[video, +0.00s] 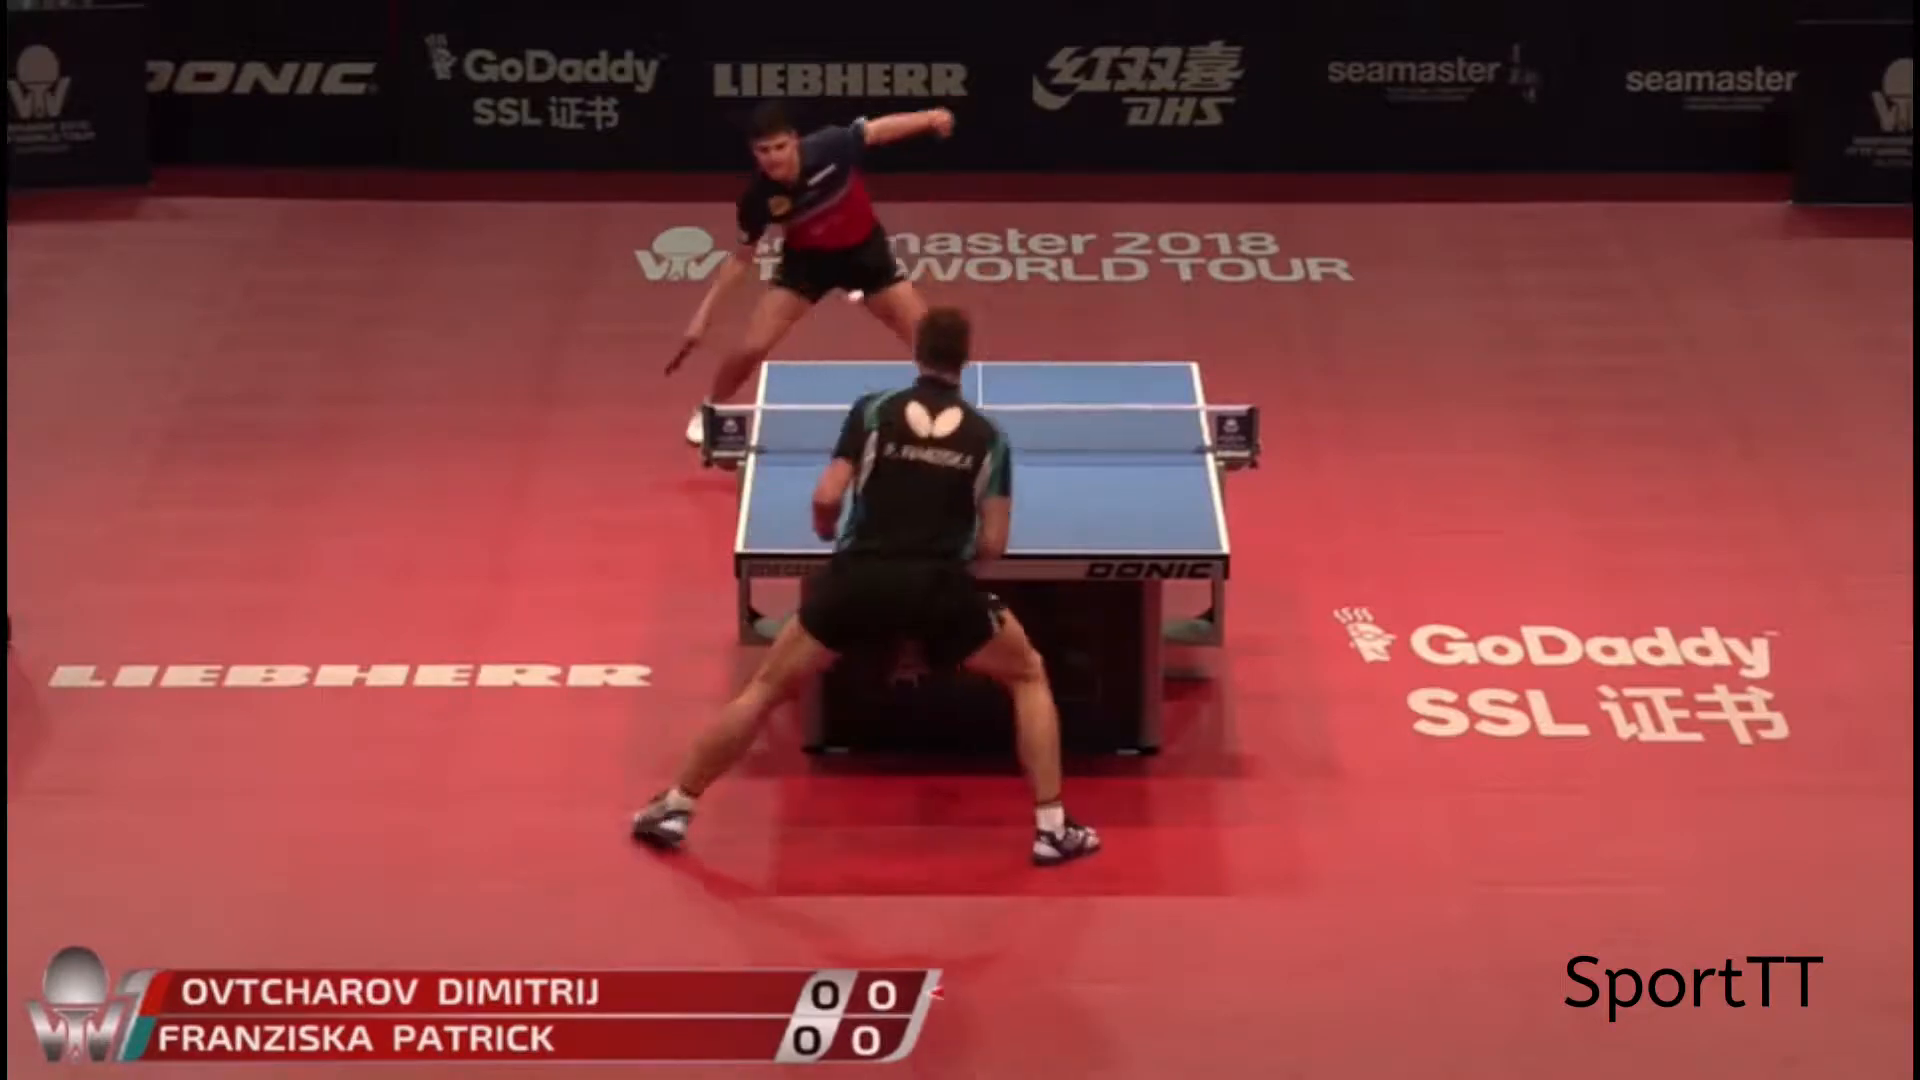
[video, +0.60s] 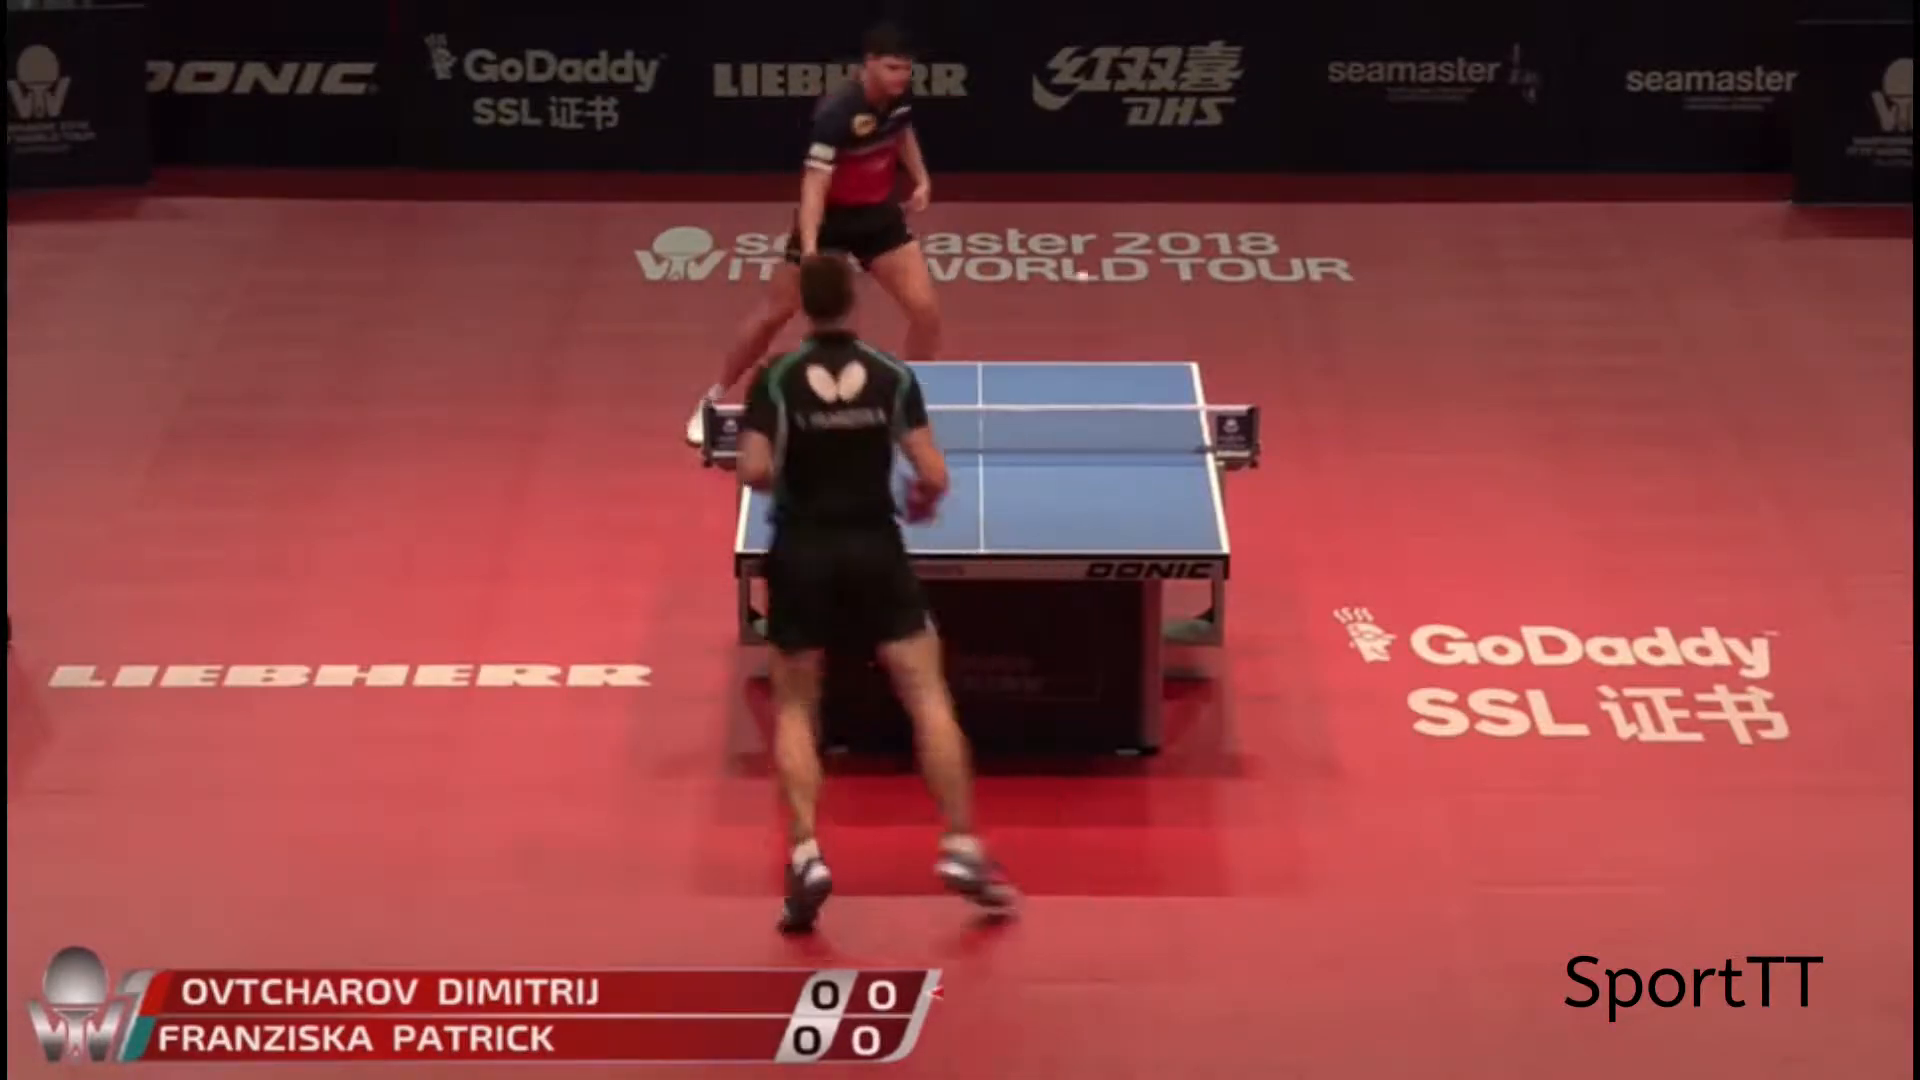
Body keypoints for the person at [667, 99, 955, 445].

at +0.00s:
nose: (773, 158)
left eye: (780, 147)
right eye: (764, 151)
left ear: (796, 140)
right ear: (754, 153)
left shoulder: (832, 146)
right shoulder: (759, 198)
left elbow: (876, 131)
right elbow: (740, 260)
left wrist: (930, 119)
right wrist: (699, 323)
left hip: (865, 254)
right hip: (805, 264)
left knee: (926, 334)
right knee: (753, 348)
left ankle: (951, 413)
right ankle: (710, 408)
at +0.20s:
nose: (765, 145)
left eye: (772, 135)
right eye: (756, 137)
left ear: (782, 128)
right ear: (740, 135)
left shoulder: (815, 133)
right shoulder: (732, 176)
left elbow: (853, 150)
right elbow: (718, 247)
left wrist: (890, 183)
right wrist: (706, 320)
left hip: (839, 232)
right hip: (779, 246)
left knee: (897, 312)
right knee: (744, 334)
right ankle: (707, 408)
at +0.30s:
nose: (780, 127)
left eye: (787, 118)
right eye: (771, 119)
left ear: (797, 111)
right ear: (755, 117)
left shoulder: (819, 118)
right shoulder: (741, 158)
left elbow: (848, 138)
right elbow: (714, 227)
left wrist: (881, 178)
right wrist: (727, 293)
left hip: (838, 223)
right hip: (779, 237)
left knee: (898, 295)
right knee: (745, 325)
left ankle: (909, 392)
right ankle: (708, 407)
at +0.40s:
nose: (820, 106)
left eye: (826, 97)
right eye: (812, 97)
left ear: (835, 93)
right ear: (791, 94)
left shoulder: (842, 111)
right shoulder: (766, 137)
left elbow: (858, 133)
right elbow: (725, 209)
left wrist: (886, 178)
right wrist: (765, 269)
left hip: (844, 220)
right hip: (785, 230)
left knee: (907, 300)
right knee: (751, 322)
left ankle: (909, 397)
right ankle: (707, 405)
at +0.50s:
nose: (886, 85)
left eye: (890, 76)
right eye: (878, 75)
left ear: (895, 77)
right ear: (853, 73)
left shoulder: (887, 108)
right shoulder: (822, 119)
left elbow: (893, 139)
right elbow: (796, 191)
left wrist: (911, 179)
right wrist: (808, 250)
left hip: (869, 219)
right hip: (815, 224)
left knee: (921, 307)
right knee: (763, 316)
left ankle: (909, 403)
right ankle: (710, 401)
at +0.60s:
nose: (902, 78)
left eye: (906, 68)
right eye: (893, 68)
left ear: (911, 70)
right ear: (869, 65)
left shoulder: (901, 100)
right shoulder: (836, 111)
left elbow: (905, 134)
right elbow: (814, 183)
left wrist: (922, 178)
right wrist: (809, 250)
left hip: (879, 220)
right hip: (827, 223)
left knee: (926, 311)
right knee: (773, 314)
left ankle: (904, 402)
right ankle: (716, 397)